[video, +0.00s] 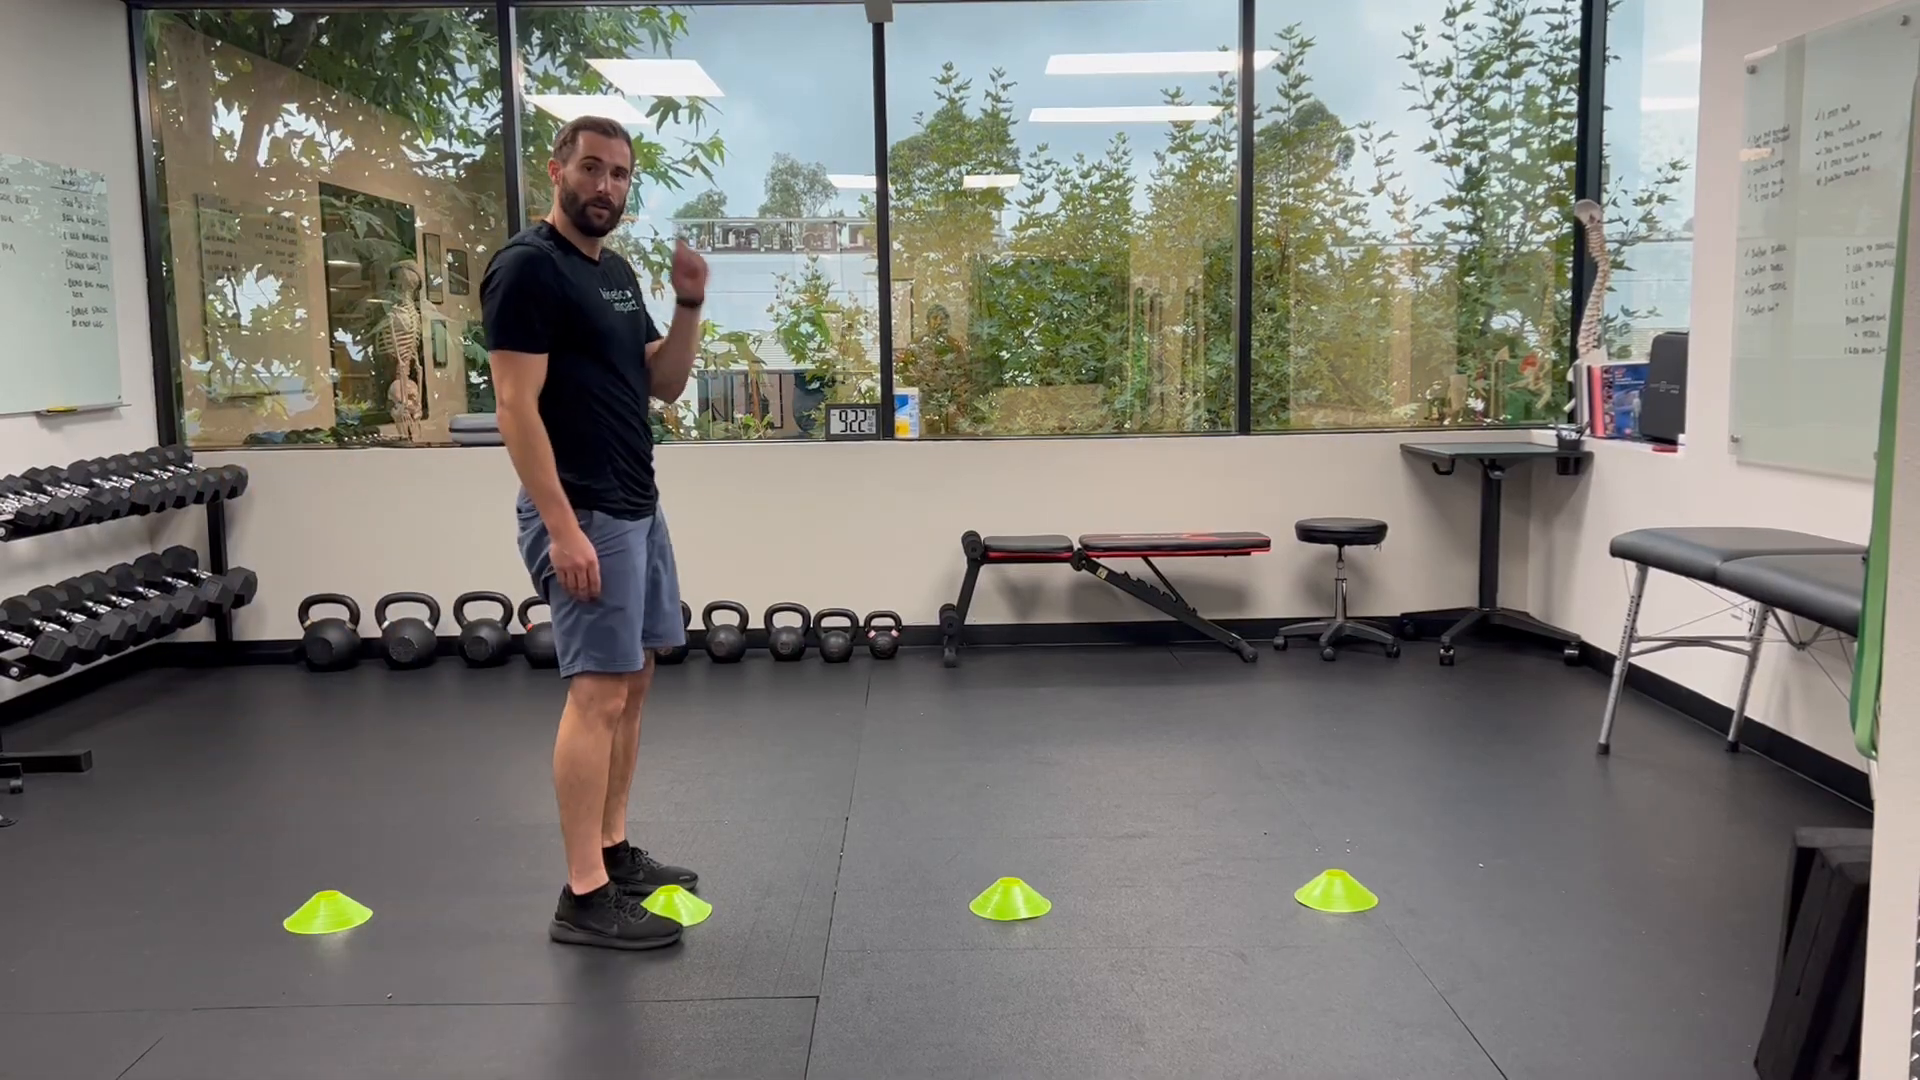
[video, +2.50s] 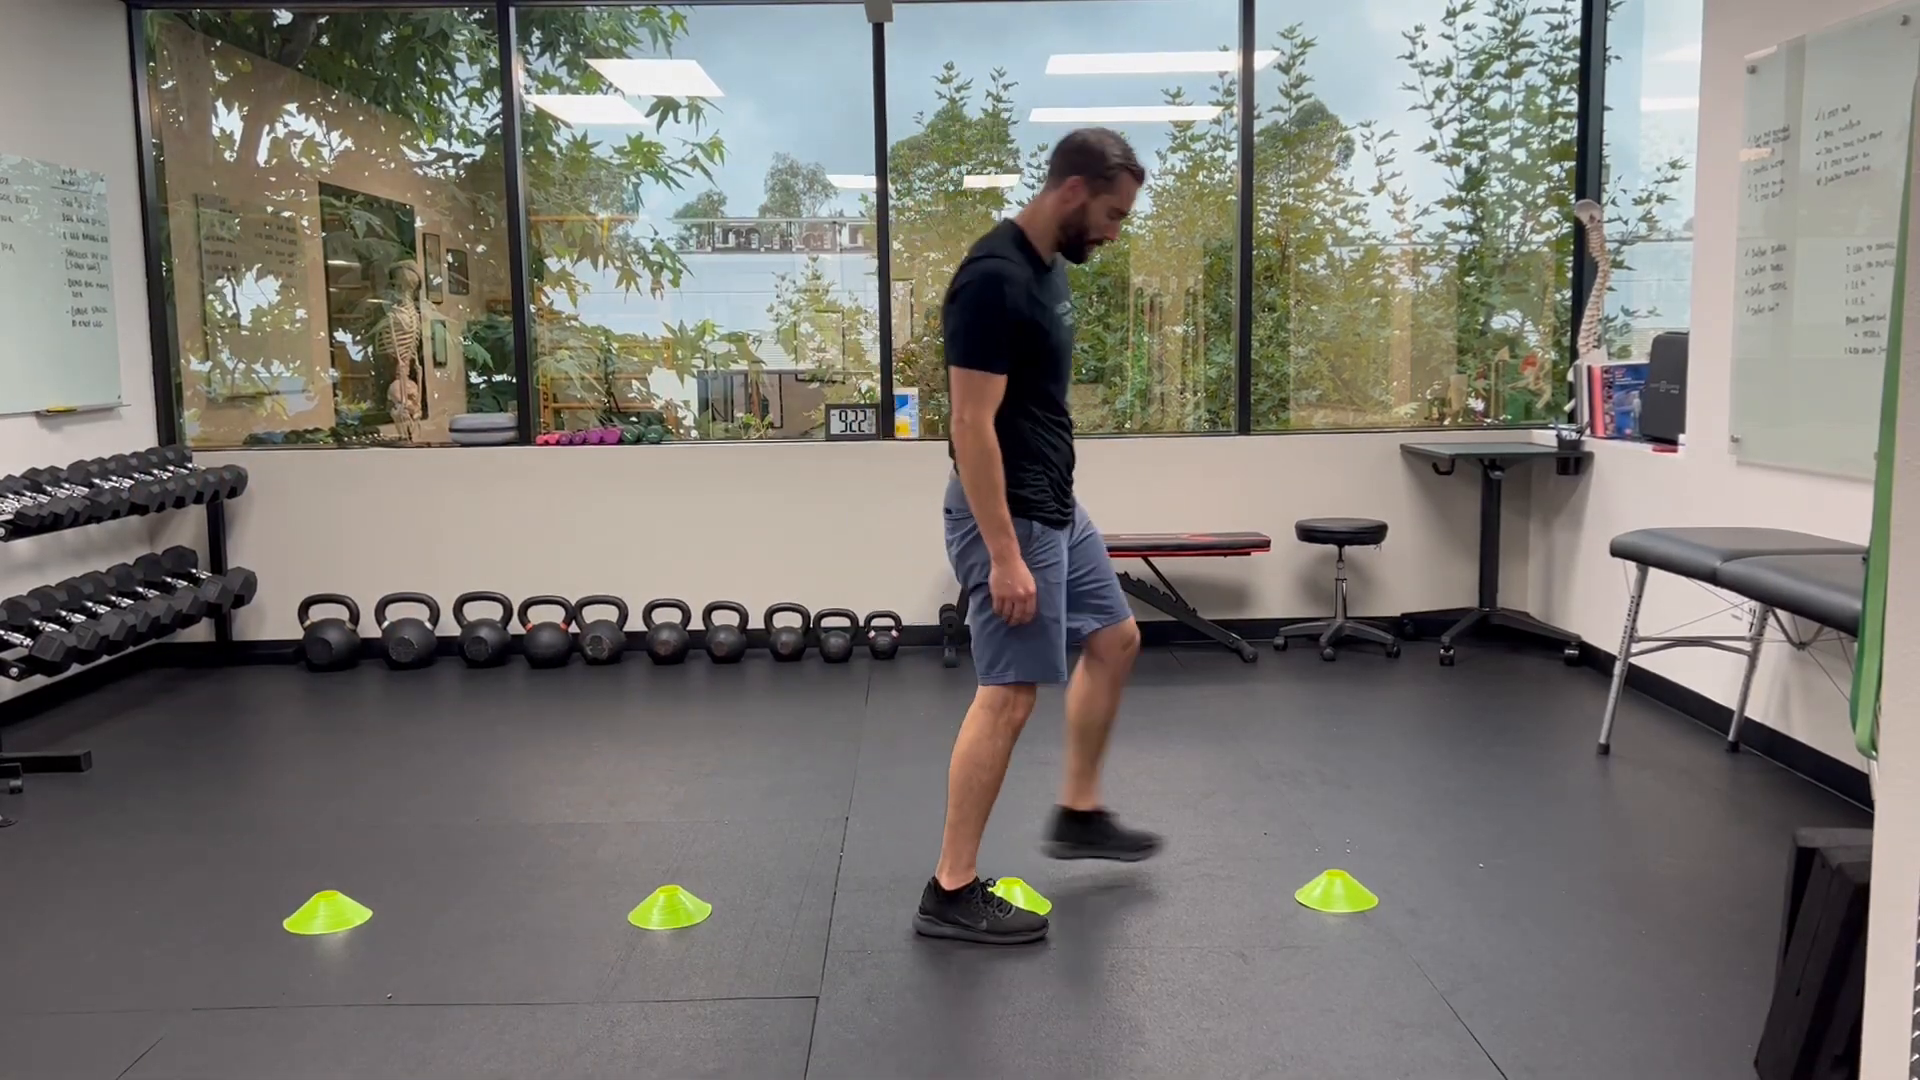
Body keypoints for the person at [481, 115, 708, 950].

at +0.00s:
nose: (607, 183)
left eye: (620, 173)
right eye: (593, 166)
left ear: (628, 187)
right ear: (556, 170)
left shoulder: (614, 273)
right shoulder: (527, 268)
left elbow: (661, 381)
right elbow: (515, 410)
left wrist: (689, 305)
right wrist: (562, 528)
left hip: (635, 514)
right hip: (584, 520)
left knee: (631, 683)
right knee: (596, 692)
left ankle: (611, 854)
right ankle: (583, 893)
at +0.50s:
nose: (675, 199)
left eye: (683, 186)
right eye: (663, 182)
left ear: (682, 188)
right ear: (615, 174)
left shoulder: (662, 276)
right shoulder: (573, 281)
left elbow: (697, 386)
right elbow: (564, 425)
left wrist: (778, 430)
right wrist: (605, 549)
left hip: (683, 522)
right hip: (623, 526)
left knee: (687, 680)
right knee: (629, 694)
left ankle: (616, 845)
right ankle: (585, 892)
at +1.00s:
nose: (861, 267)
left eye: (870, 253)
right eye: (860, 248)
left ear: (823, 225)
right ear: (819, 220)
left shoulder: (780, 294)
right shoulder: (744, 299)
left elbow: (743, 424)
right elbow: (704, 434)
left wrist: (690, 510)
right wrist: (722, 571)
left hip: (790, 535)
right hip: (738, 545)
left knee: (859, 665)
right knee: (681, 709)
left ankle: (926, 831)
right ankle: (590, 889)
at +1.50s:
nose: (964, 193)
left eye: (977, 182)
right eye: (952, 173)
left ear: (980, 194)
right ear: (913, 173)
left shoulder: (947, 277)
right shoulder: (875, 270)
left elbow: (972, 389)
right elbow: (859, 403)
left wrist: (1051, 457)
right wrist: (922, 514)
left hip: (929, 508)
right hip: (894, 513)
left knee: (941, 681)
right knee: (967, 684)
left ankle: (937, 851)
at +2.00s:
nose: (994, 188)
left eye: (1006, 175)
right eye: (980, 170)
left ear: (1012, 187)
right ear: (940, 171)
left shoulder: (984, 272)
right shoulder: (911, 273)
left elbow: (1035, 381)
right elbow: (909, 420)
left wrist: (1062, 315)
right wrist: (955, 535)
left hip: (991, 507)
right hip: (964, 512)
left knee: (968, 676)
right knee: (987, 685)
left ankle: (937, 846)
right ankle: (955, 886)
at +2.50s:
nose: (1115, 234)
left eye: (1123, 219)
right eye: (1114, 215)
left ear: (1076, 193)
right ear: (1074, 190)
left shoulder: (1039, 269)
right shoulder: (994, 277)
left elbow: (1028, 411)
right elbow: (971, 424)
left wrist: (1057, 512)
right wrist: (1003, 552)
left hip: (1055, 512)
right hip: (1007, 521)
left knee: (1113, 639)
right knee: (1007, 695)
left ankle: (1080, 812)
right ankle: (952, 886)